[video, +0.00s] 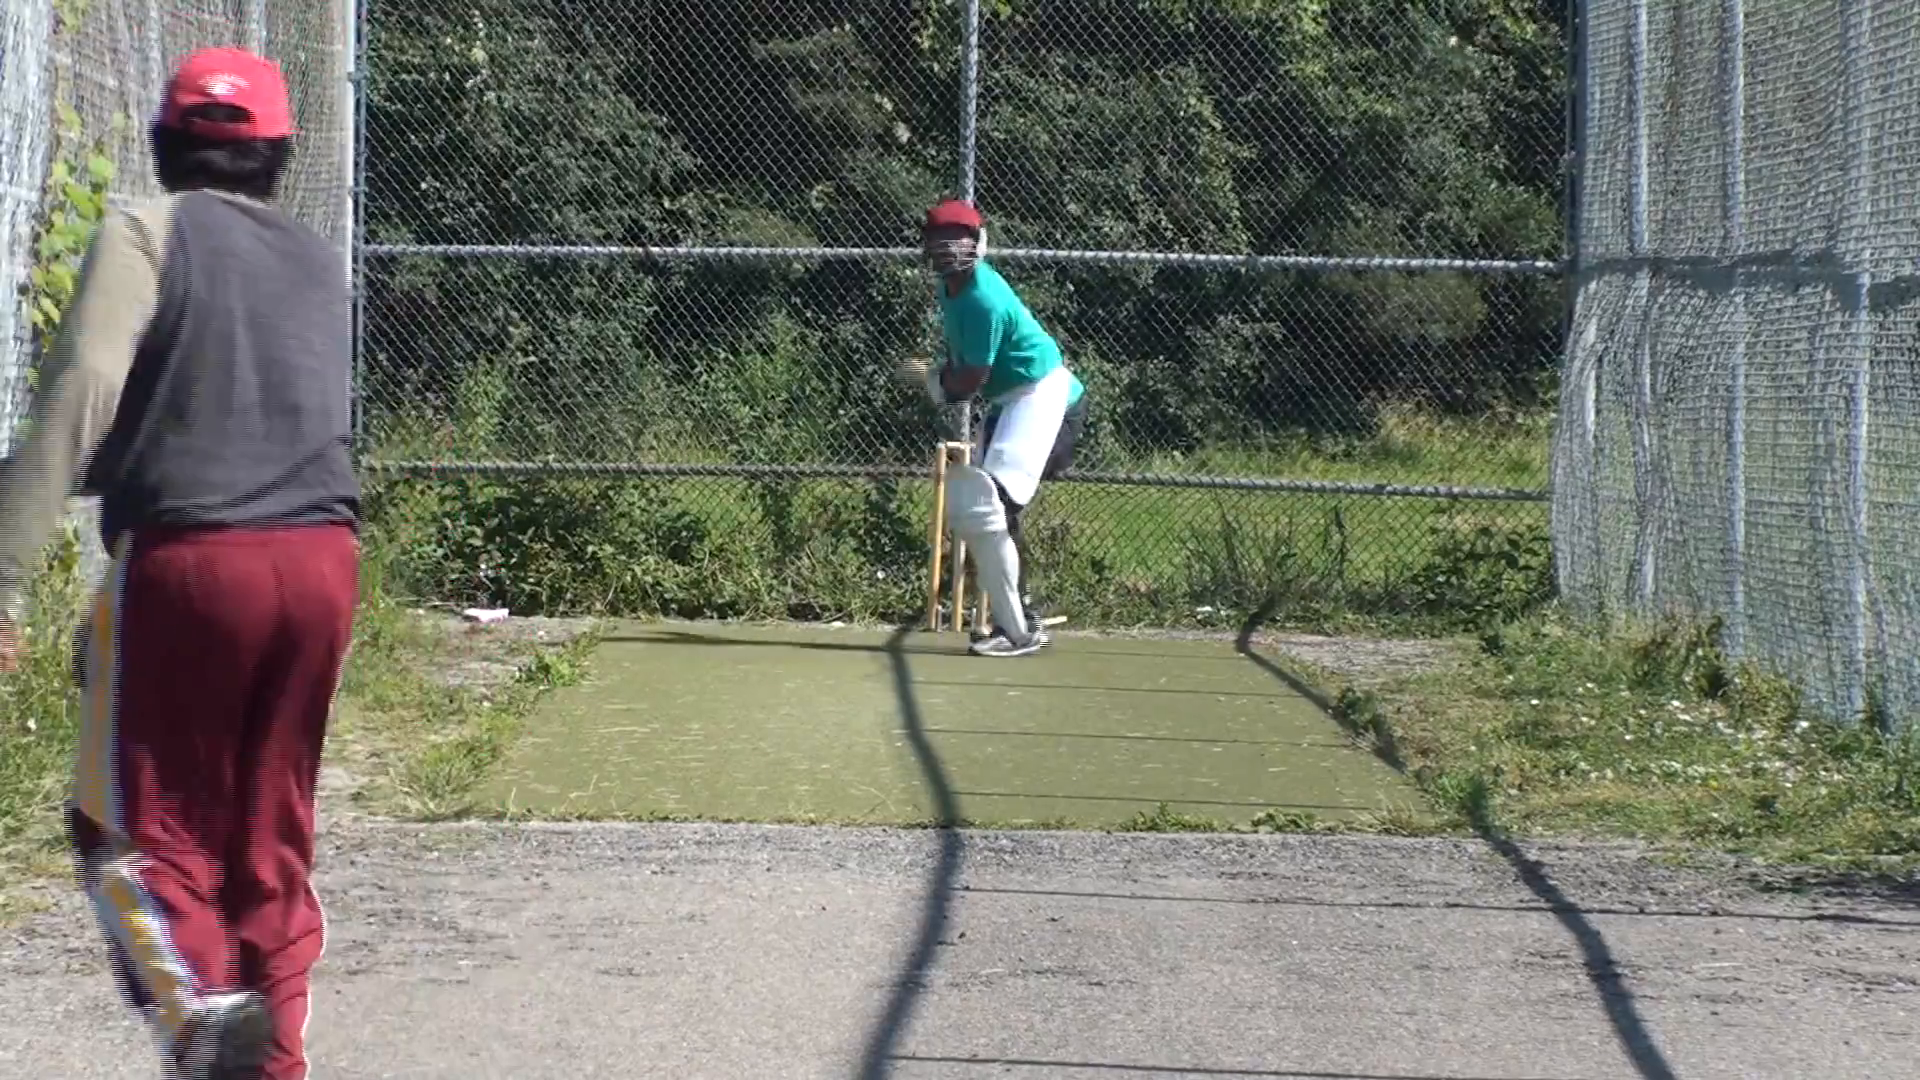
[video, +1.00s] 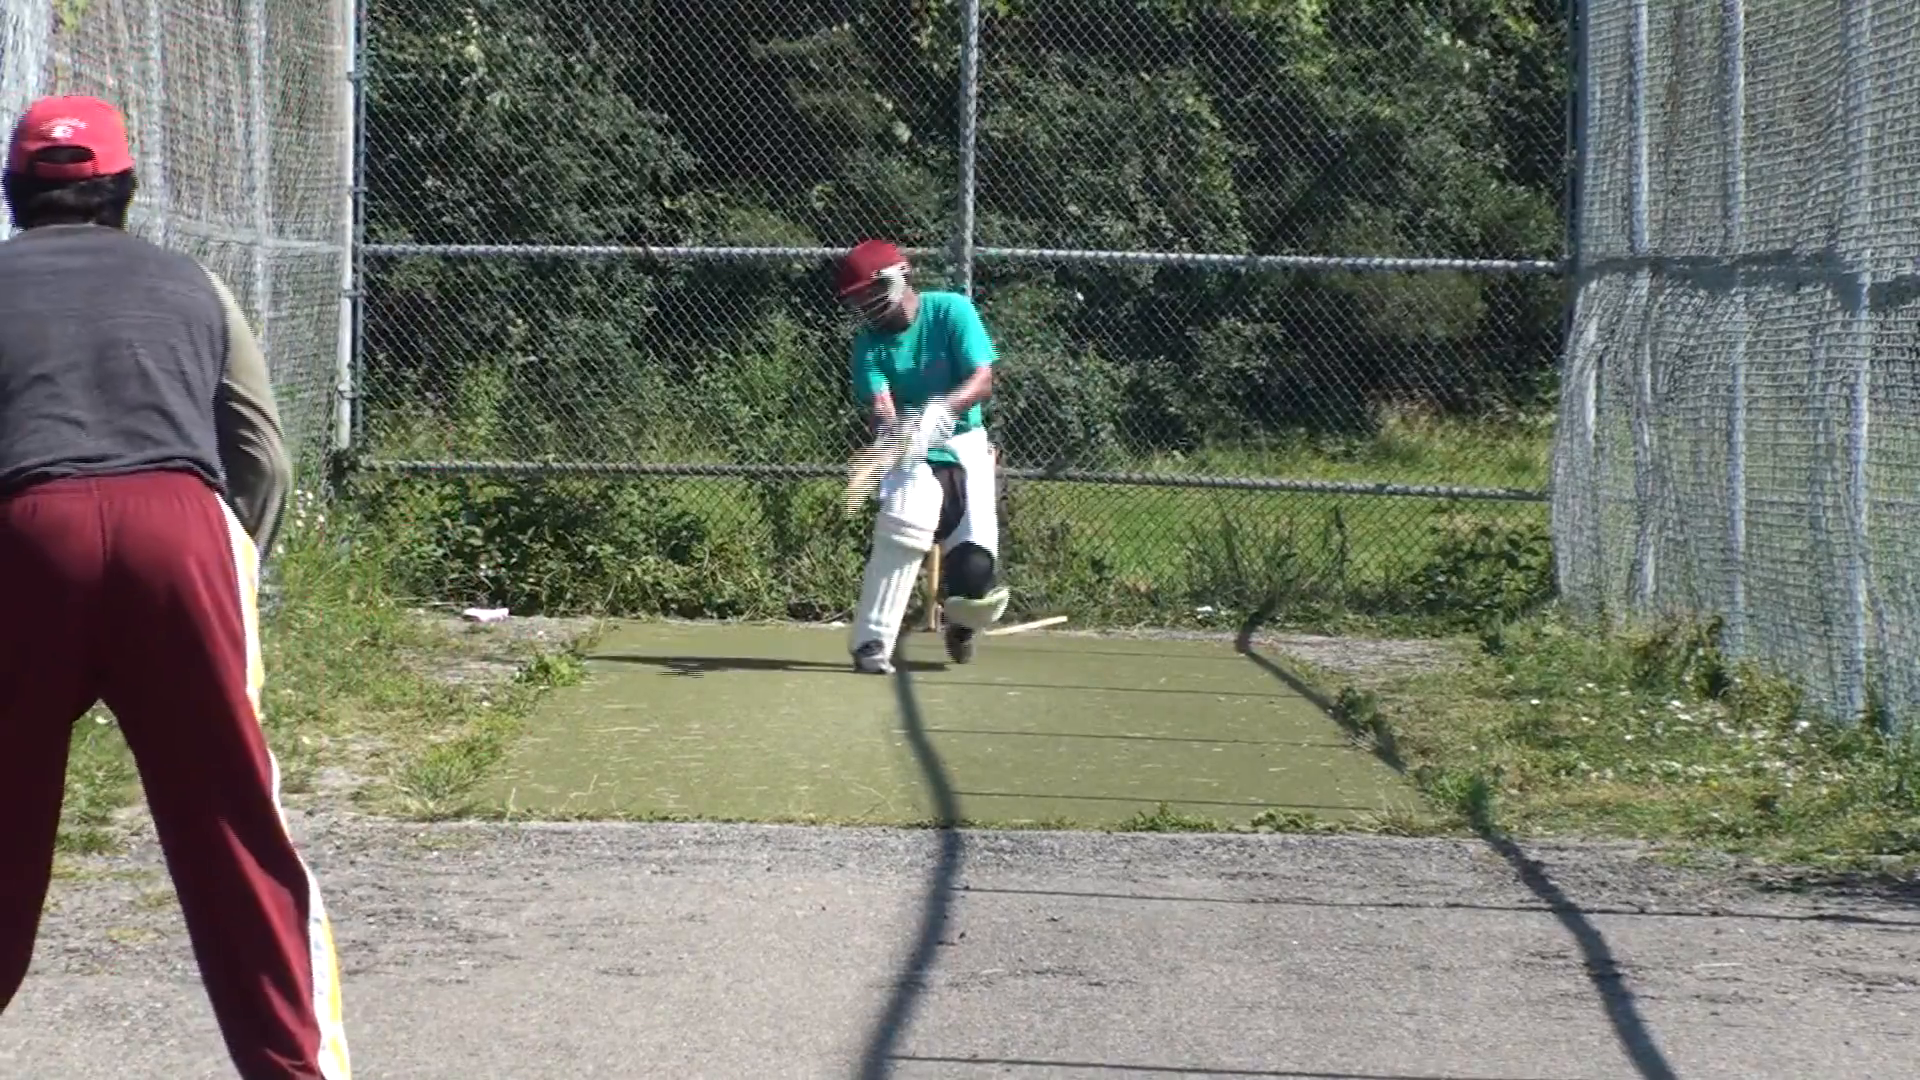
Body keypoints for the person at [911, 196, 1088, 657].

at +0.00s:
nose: (950, 248)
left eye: (961, 238)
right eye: (941, 239)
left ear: (977, 244)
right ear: (928, 248)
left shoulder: (981, 298)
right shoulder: (951, 289)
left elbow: (973, 380)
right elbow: (964, 362)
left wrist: (933, 384)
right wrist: (935, 377)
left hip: (1039, 391)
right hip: (1011, 392)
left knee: (997, 501)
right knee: (989, 499)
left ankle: (1017, 626)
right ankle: (1016, 616)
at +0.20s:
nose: (940, 274)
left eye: (951, 264)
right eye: (932, 266)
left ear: (971, 263)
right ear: (925, 266)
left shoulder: (974, 323)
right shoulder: (975, 278)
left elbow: (959, 379)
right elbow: (1005, 282)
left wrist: (932, 360)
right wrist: (941, 335)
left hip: (1039, 398)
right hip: (1006, 404)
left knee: (998, 502)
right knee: (973, 506)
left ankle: (1025, 627)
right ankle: (1013, 620)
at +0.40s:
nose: (935, 278)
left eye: (942, 265)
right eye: (922, 271)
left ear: (959, 258)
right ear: (911, 276)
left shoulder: (987, 293)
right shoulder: (917, 318)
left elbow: (982, 373)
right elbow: (936, 381)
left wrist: (942, 401)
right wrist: (945, 423)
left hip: (1039, 402)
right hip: (989, 414)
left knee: (1015, 513)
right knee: (987, 522)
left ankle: (1011, 633)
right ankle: (1032, 607)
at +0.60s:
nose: (912, 261)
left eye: (913, 247)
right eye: (899, 259)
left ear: (926, 236)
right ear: (892, 269)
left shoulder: (971, 247)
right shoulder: (909, 307)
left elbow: (1004, 276)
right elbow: (938, 322)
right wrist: (954, 292)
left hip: (1023, 391)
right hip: (970, 407)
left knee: (1020, 516)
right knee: (970, 516)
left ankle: (1012, 632)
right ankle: (1025, 593)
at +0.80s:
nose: (889, 273)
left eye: (895, 260)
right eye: (878, 268)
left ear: (919, 244)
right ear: (871, 268)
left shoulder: (975, 267)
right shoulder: (886, 300)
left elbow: (1004, 315)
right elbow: (901, 338)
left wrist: (967, 312)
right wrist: (938, 297)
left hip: (987, 410)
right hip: (924, 415)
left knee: (999, 525)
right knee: (907, 513)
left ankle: (979, 625)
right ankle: (881, 628)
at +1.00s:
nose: (871, 309)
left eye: (876, 296)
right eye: (861, 304)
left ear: (901, 279)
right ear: (854, 303)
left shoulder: (953, 310)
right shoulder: (868, 342)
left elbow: (982, 379)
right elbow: (880, 406)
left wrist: (941, 410)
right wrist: (893, 432)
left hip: (966, 446)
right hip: (910, 451)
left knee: (974, 570)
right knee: (901, 535)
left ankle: (960, 625)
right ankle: (874, 641)